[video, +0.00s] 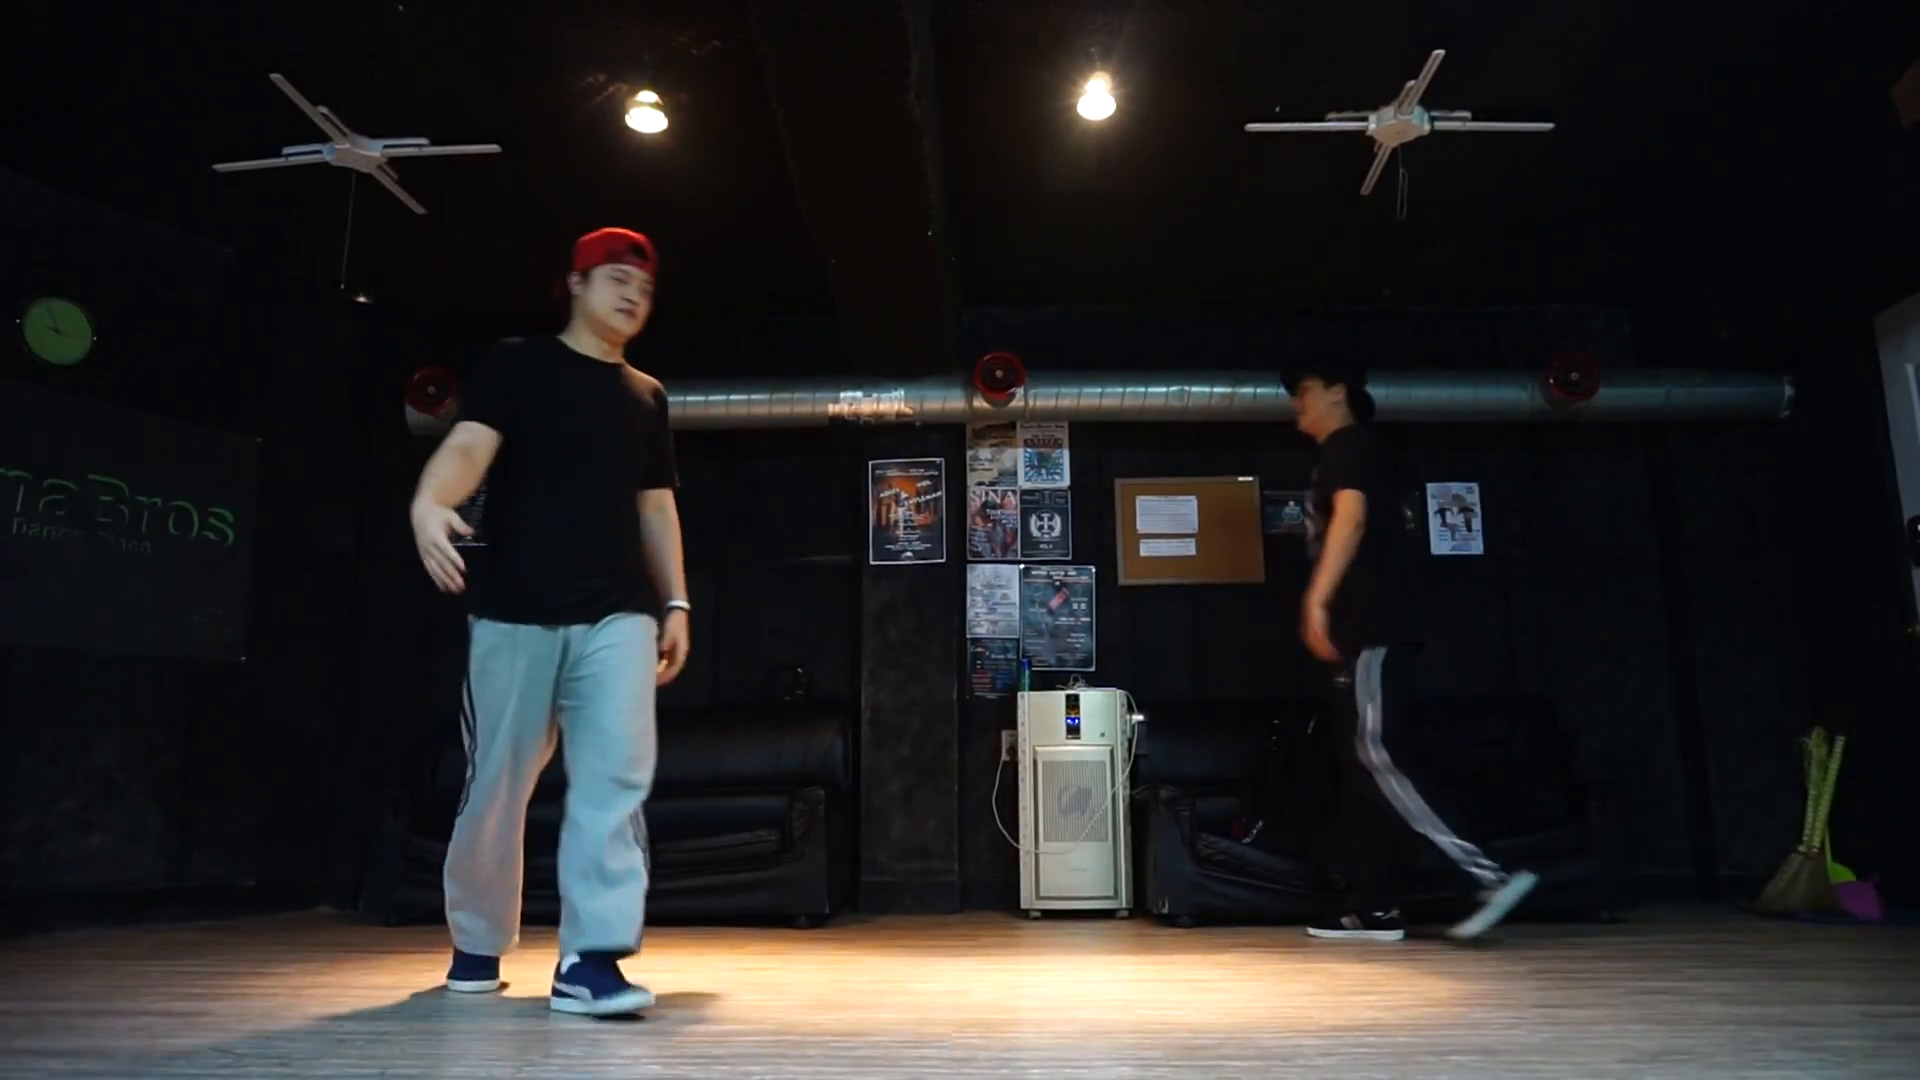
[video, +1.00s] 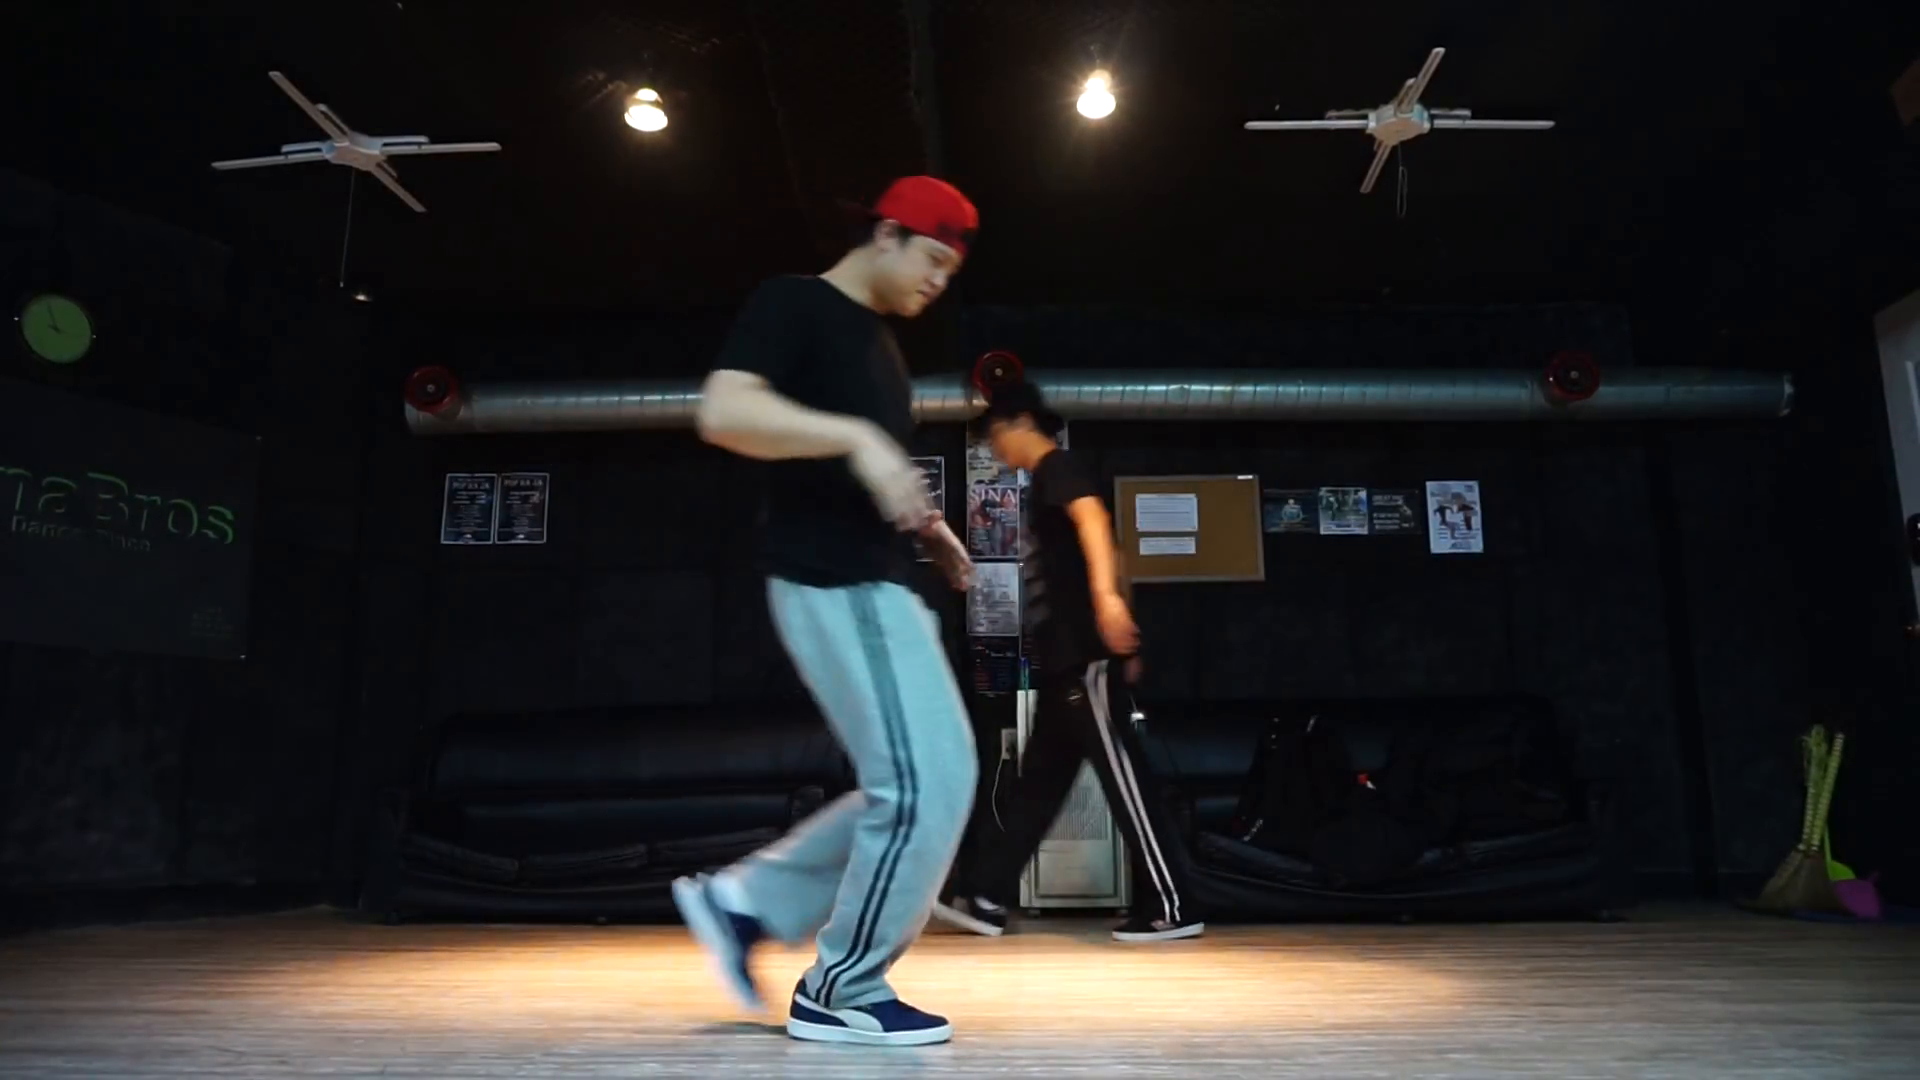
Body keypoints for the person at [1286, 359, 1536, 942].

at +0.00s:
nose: (1296, 406)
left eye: (1303, 393)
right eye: (1296, 395)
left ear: (1337, 392)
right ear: (1336, 393)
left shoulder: (1352, 446)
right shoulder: (1345, 450)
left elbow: (1350, 520)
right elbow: (1353, 531)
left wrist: (1316, 601)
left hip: (1375, 622)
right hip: (1363, 623)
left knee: (1376, 755)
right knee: (1358, 761)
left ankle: (1491, 879)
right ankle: (1374, 907)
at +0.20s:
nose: (1256, 407)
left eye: (1265, 394)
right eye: (1256, 397)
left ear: (1300, 394)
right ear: (1291, 397)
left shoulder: (1312, 453)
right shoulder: (1301, 464)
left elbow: (1295, 522)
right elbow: (1284, 563)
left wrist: (1202, 563)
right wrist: (1204, 568)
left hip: (1317, 635)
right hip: (1322, 633)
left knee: (1285, 762)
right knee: (1340, 767)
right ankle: (1375, 906)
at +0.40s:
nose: (1195, 431)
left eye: (1202, 418)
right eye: (1193, 420)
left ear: (1235, 411)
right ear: (1224, 418)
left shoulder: (1260, 470)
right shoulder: (1253, 472)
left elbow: (1222, 557)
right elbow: (1215, 565)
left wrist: (1144, 567)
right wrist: (1150, 565)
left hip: (1265, 648)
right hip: (1273, 646)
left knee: (1230, 776)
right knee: (1316, 774)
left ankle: (1181, 908)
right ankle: (1370, 904)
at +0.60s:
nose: (1118, 447)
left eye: (1121, 432)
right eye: (1113, 435)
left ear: (1151, 419)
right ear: (1149, 424)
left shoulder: (1185, 474)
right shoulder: (1185, 473)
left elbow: (1171, 566)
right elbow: (1173, 569)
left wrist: (1141, 649)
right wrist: (1142, 651)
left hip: (1201, 651)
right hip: (1200, 649)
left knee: (1173, 780)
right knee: (1204, 778)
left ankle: (1170, 913)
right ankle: (1317, 862)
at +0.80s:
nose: (1057, 432)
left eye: (1060, 419)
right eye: (1053, 421)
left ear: (1088, 409)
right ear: (1080, 414)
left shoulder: (1123, 465)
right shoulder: (1100, 470)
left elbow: (1146, 541)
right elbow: (1121, 555)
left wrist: (1162, 621)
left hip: (1139, 645)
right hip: (1115, 646)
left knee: (1148, 774)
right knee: (1099, 761)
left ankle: (1170, 909)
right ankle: (1171, 873)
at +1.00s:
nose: (996, 451)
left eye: (997, 437)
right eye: (992, 440)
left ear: (1021, 426)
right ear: (1023, 429)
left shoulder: (1060, 470)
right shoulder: (1046, 480)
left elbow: (1095, 526)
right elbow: (1091, 562)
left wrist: (1106, 598)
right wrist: (1121, 640)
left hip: (1084, 651)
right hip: (1063, 655)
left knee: (1125, 779)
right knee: (1039, 781)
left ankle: (1170, 908)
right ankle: (985, 895)